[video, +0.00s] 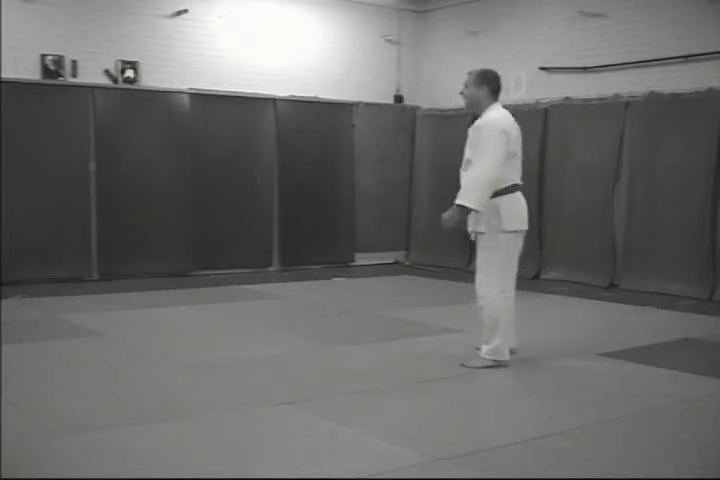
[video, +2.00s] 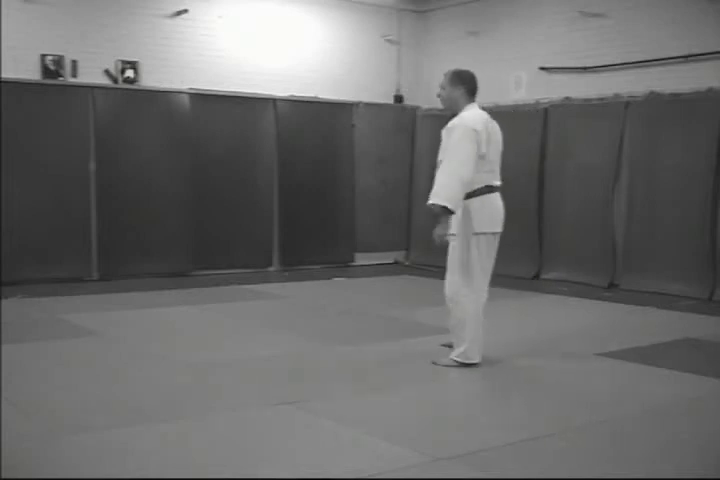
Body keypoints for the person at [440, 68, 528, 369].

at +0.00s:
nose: (462, 93)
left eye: (467, 88)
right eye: (463, 88)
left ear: (485, 91)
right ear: (488, 92)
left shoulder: (491, 124)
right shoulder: (499, 121)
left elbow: (484, 171)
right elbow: (490, 171)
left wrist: (459, 208)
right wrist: (468, 209)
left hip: (497, 211)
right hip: (504, 208)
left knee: (491, 283)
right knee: (498, 281)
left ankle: (495, 352)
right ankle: (503, 343)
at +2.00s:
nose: (439, 94)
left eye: (444, 88)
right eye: (440, 88)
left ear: (461, 92)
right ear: (467, 93)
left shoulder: (464, 125)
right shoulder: (487, 122)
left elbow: (455, 171)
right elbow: (485, 171)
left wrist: (444, 216)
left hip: (472, 209)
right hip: (489, 206)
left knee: (462, 282)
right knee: (473, 280)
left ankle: (467, 352)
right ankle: (466, 340)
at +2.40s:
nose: (436, 98)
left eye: (441, 92)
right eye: (438, 92)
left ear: (457, 95)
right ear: (465, 96)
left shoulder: (463, 128)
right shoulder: (479, 124)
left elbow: (460, 177)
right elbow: (472, 176)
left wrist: (441, 220)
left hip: (472, 212)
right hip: (484, 209)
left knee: (461, 280)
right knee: (470, 279)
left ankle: (468, 350)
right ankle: (467, 340)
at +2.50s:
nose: (435, 99)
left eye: (439, 94)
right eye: (436, 94)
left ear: (456, 97)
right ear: (464, 97)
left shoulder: (462, 130)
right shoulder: (480, 126)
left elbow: (460, 180)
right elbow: (477, 177)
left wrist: (441, 224)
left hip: (472, 213)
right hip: (487, 210)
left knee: (456, 279)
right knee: (472, 278)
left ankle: (476, 345)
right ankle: (469, 338)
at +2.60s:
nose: (433, 100)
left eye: (437, 95)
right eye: (434, 94)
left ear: (454, 98)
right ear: (461, 98)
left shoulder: (459, 131)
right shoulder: (480, 126)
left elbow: (456, 180)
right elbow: (482, 175)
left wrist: (440, 223)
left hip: (471, 214)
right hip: (488, 210)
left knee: (463, 281)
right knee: (472, 278)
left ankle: (485, 349)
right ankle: (464, 335)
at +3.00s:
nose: (413, 131)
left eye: (417, 125)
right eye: (414, 125)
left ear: (434, 129)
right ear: (438, 129)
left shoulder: (451, 157)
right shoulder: (449, 154)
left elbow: (447, 208)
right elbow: (446, 207)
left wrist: (425, 252)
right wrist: (428, 245)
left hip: (486, 233)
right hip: (472, 232)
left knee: (456, 292)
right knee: (437, 276)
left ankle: (488, 353)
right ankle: (443, 336)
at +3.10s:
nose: (410, 127)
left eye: (414, 121)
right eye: (412, 121)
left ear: (431, 125)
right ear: (434, 125)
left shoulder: (449, 153)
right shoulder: (447, 149)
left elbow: (448, 200)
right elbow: (447, 200)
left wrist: (434, 243)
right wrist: (437, 242)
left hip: (485, 228)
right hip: (470, 228)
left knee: (459, 291)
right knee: (441, 276)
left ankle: (488, 351)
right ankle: (445, 336)